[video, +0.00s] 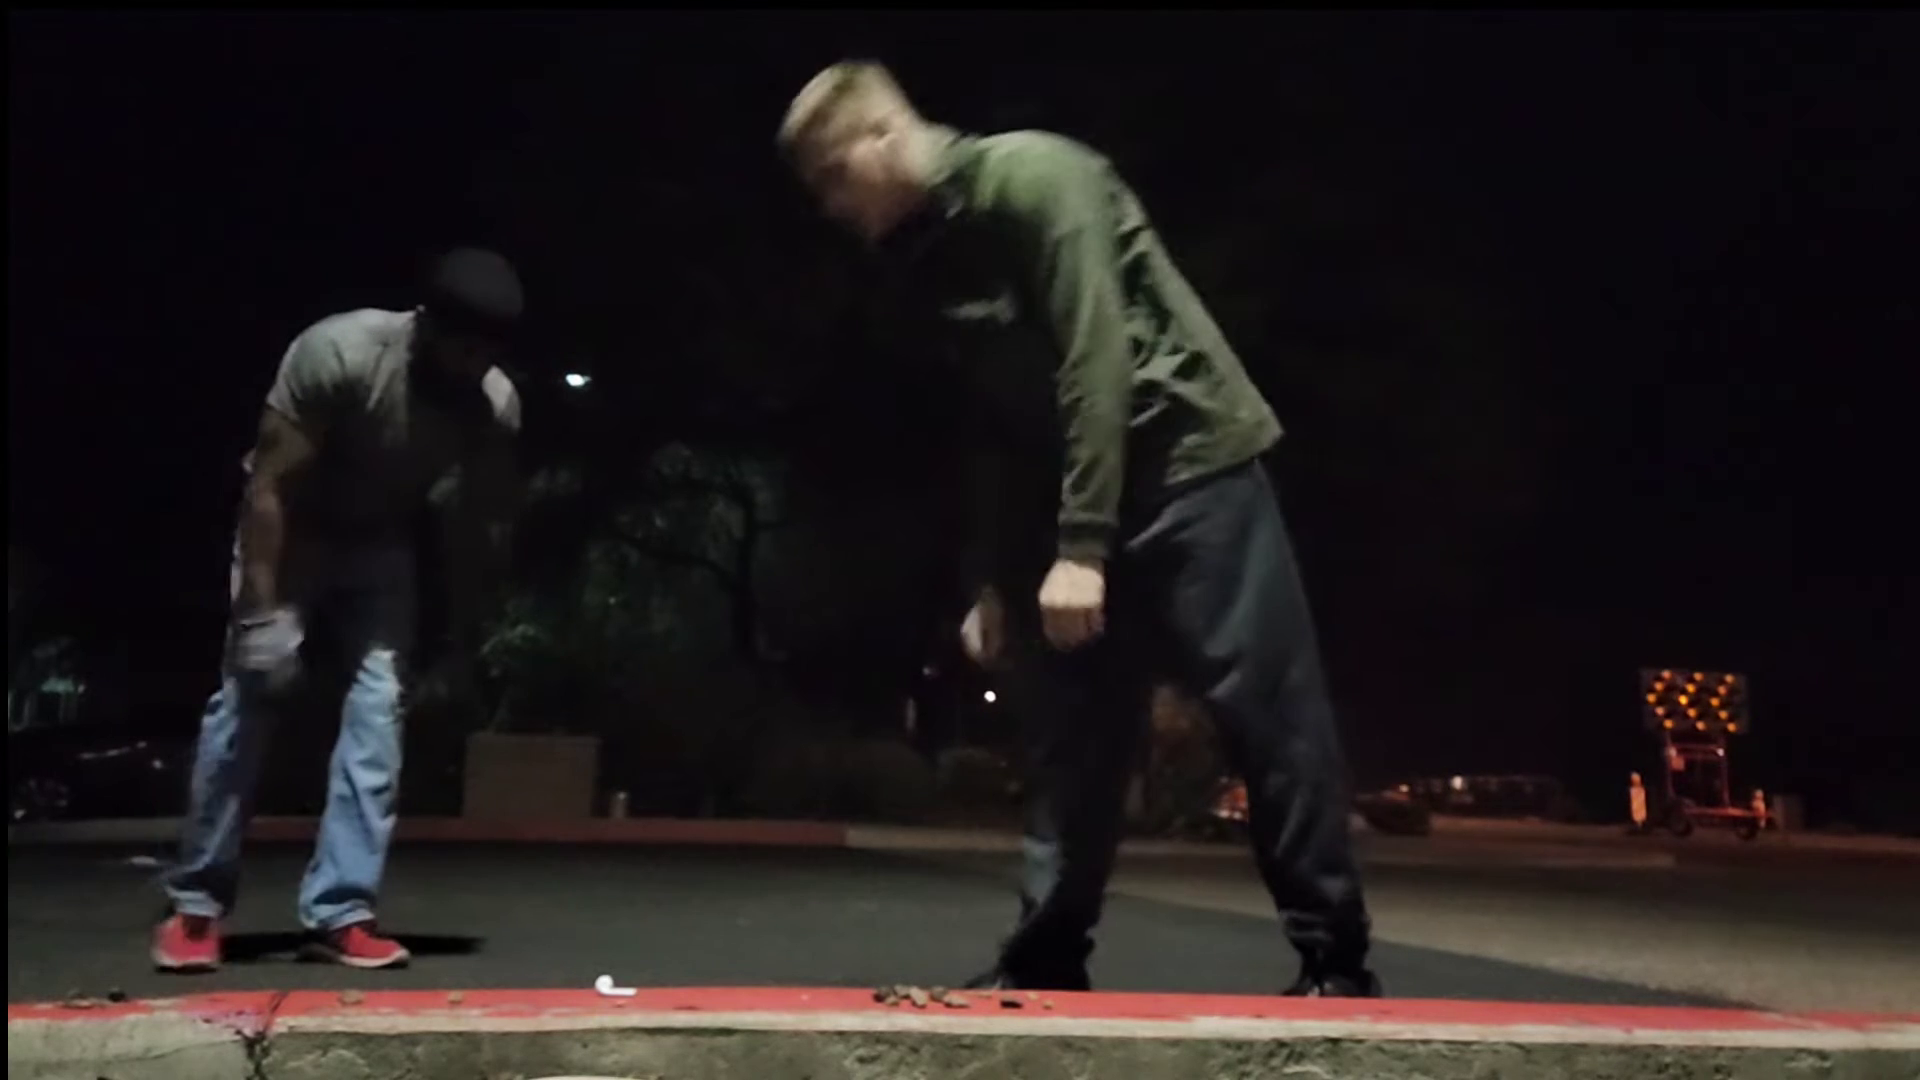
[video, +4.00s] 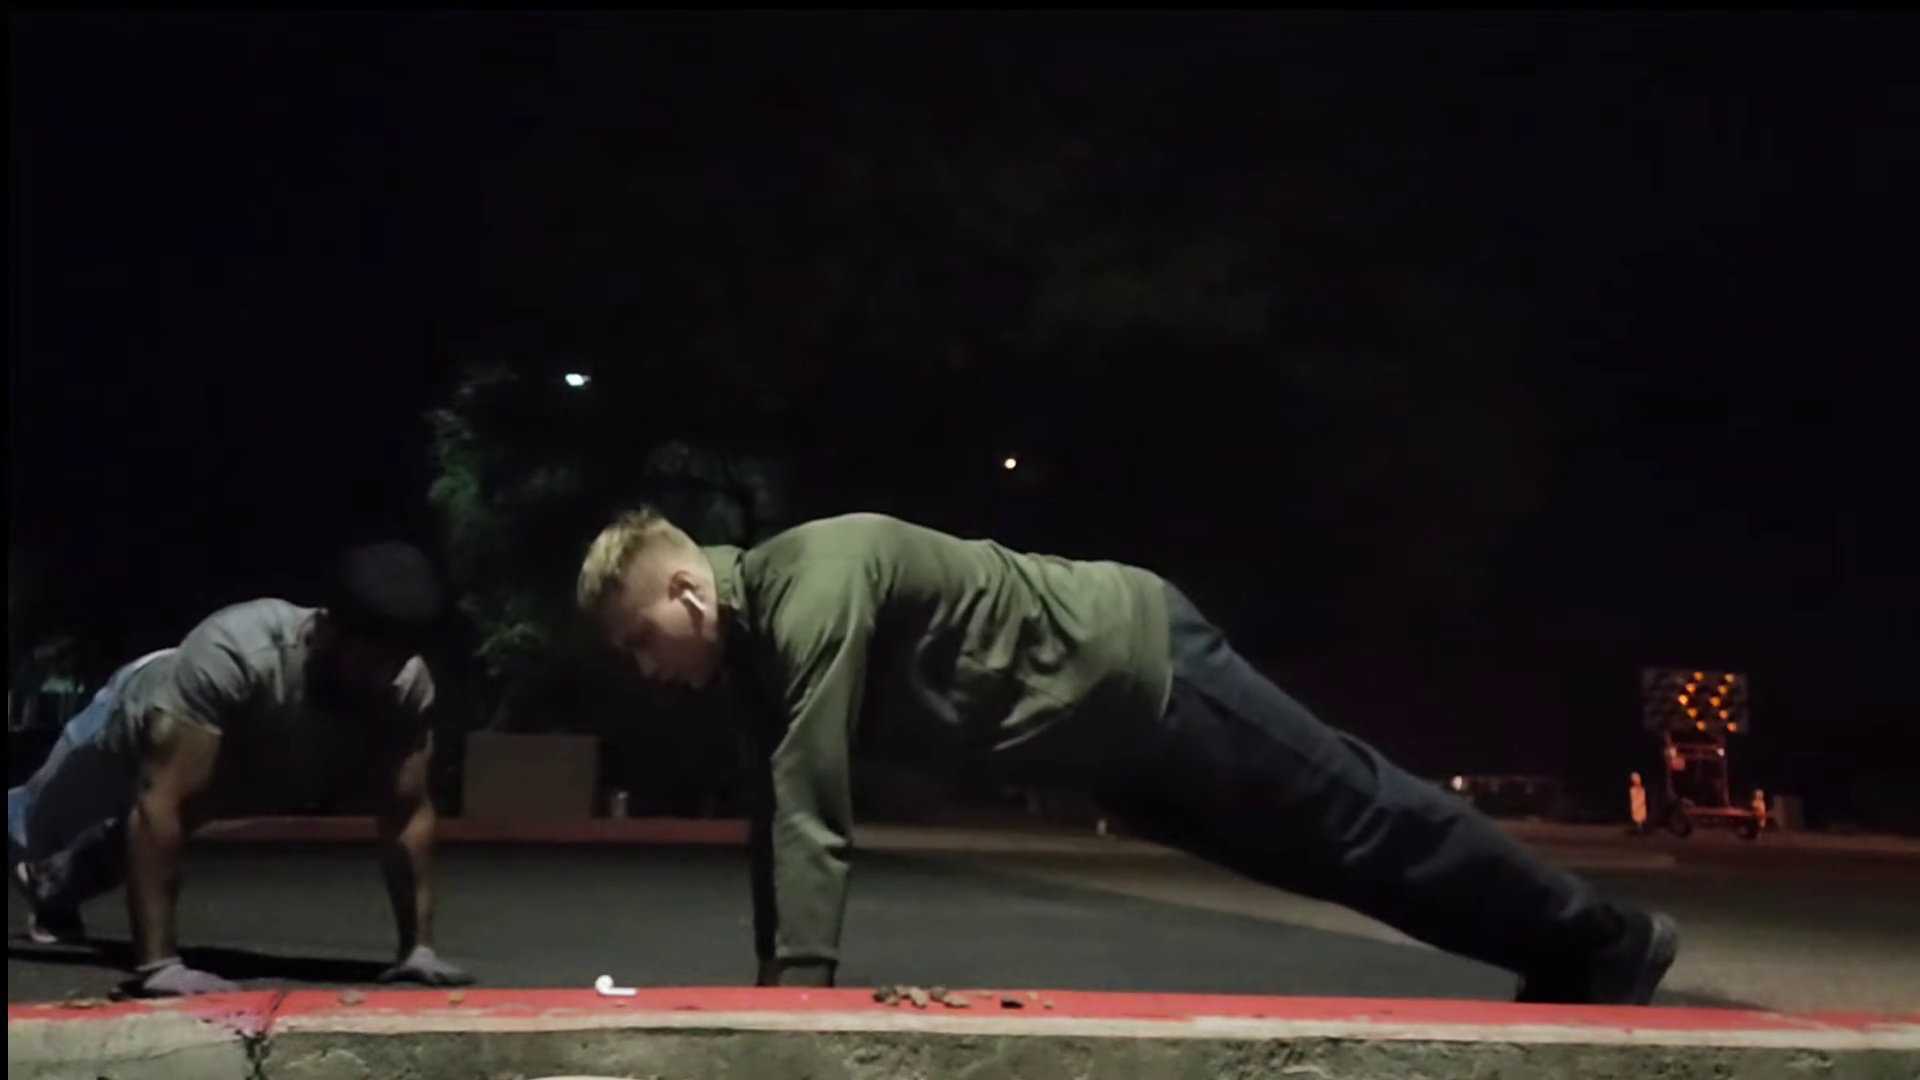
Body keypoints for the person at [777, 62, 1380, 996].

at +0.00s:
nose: (833, 206)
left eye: (833, 176)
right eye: (821, 189)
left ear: (883, 133)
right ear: (874, 148)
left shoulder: (1036, 175)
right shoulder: (929, 258)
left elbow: (1099, 363)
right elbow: (994, 432)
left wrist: (1082, 546)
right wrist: (992, 579)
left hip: (1198, 472)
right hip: (1091, 498)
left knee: (1267, 715)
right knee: (1073, 735)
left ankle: (1335, 959)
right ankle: (1047, 960)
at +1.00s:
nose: (742, 455)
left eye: (734, 441)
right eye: (728, 445)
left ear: (750, 413)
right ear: (749, 374)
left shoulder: (875, 372)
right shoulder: (814, 394)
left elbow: (908, 596)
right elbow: (871, 562)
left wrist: (849, 769)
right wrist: (832, 672)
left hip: (1121, 452)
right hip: (1012, 503)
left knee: (1200, 694)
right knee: (1017, 718)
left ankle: (1325, 948)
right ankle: (1038, 954)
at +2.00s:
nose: (736, 670)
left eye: (717, 645)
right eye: (713, 665)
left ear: (732, 584)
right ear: (729, 596)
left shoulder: (833, 553)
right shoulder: (802, 569)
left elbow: (823, 771)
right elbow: (806, 771)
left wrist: (801, 960)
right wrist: (767, 951)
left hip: (1114, 504)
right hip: (1021, 561)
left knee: (1264, 731)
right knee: (947, 742)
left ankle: (1506, 909)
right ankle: (1028, 961)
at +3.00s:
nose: (656, 678)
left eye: (645, 651)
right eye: (637, 666)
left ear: (680, 592)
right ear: (668, 621)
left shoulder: (801, 578)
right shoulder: (759, 631)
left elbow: (806, 785)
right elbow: (775, 800)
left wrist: (805, 968)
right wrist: (784, 973)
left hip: (1129, 647)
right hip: (1095, 709)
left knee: (1339, 803)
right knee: (1306, 841)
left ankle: (1587, 926)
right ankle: (1539, 945)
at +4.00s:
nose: (655, 669)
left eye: (645, 642)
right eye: (638, 656)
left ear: (683, 585)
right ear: (672, 613)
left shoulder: (814, 576)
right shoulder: (766, 633)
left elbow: (810, 784)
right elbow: (778, 799)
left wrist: (804, 968)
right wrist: (781, 970)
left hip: (1141, 663)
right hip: (1105, 729)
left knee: (1361, 817)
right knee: (1326, 854)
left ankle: (1604, 938)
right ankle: (1557, 948)